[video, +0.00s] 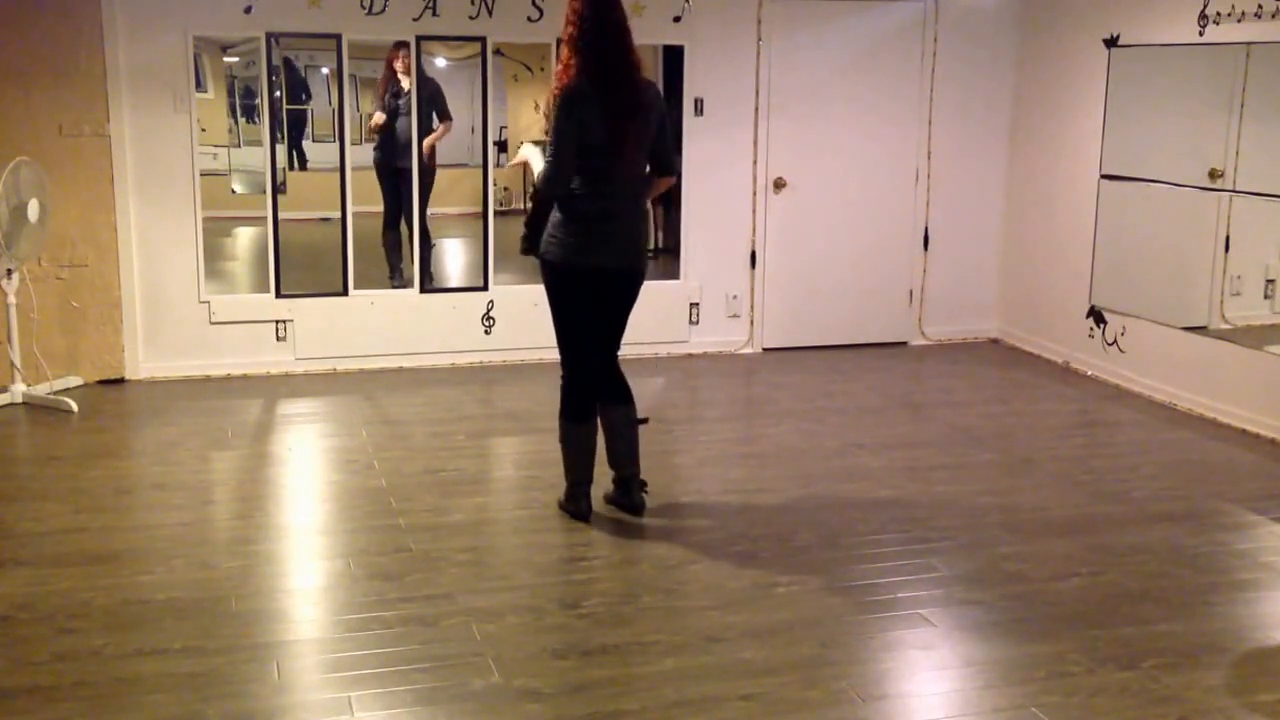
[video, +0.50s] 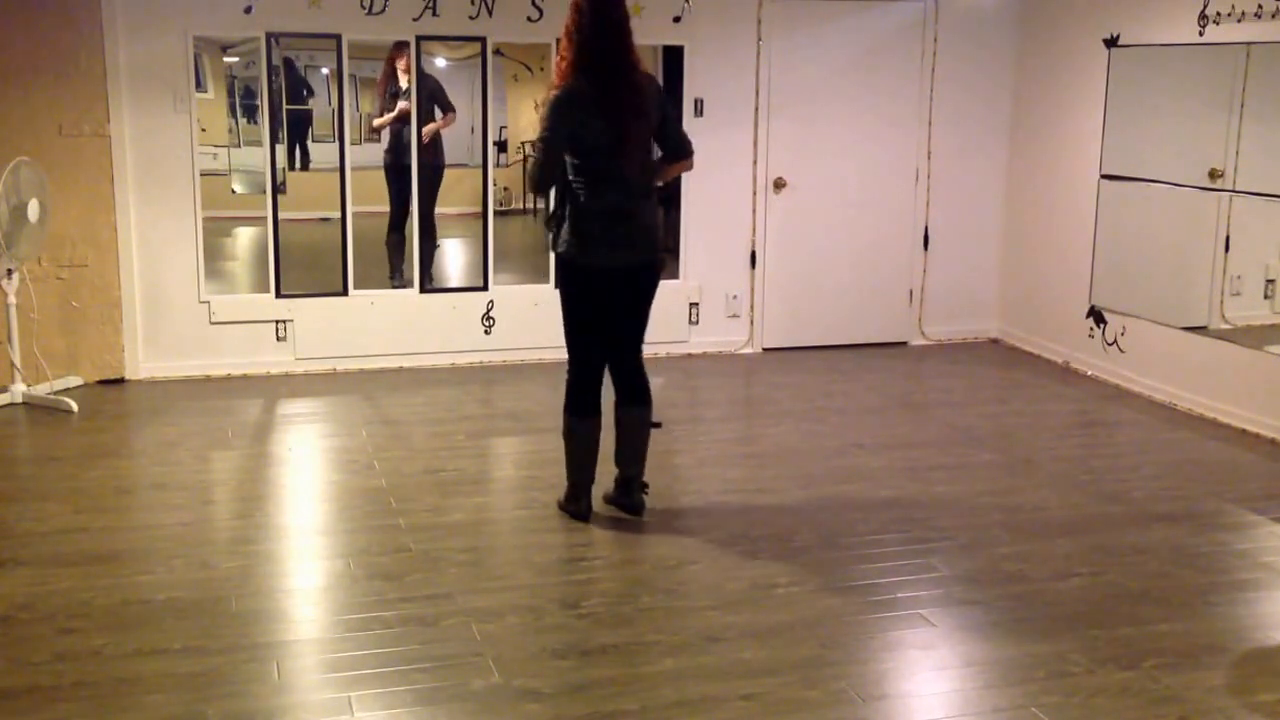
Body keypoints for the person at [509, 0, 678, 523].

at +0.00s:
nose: (563, 40)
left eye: (567, 33)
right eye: (568, 31)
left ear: (574, 39)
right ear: (623, 37)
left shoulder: (569, 97)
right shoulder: (648, 95)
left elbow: (556, 178)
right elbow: (669, 170)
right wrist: (635, 201)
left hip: (569, 249)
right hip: (627, 250)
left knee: (577, 365)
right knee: (606, 358)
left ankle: (578, 493)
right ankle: (629, 482)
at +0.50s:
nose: (561, 43)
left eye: (565, 34)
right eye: (565, 33)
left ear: (575, 40)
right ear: (624, 35)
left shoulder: (568, 98)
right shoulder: (649, 90)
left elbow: (540, 179)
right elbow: (681, 155)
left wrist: (546, 153)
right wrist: (643, 183)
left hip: (585, 253)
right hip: (641, 252)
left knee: (584, 366)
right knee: (628, 358)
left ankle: (579, 492)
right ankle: (631, 483)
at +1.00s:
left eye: (572, 26)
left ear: (571, 35)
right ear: (624, 34)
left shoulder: (554, 95)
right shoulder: (649, 93)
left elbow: (528, 169)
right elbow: (678, 172)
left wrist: (563, 151)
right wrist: (641, 156)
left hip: (583, 256)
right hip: (647, 254)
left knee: (581, 364)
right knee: (639, 362)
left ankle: (579, 492)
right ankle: (632, 486)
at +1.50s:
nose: (570, 32)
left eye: (574, 24)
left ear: (574, 33)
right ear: (625, 34)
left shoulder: (554, 90)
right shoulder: (644, 94)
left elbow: (528, 165)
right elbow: (669, 179)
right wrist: (667, 164)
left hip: (571, 253)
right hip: (634, 254)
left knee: (580, 362)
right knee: (633, 362)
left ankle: (579, 492)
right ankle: (633, 487)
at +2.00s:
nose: (566, 41)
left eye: (570, 32)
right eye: (571, 32)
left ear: (577, 39)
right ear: (626, 35)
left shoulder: (567, 94)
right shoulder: (653, 94)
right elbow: (695, 166)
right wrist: (656, 163)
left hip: (562, 254)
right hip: (626, 259)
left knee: (566, 365)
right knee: (612, 359)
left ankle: (578, 493)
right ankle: (631, 485)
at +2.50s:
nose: (567, 36)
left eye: (571, 27)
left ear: (576, 35)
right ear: (627, 32)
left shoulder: (562, 93)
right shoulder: (652, 86)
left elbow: (533, 163)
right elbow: (708, 145)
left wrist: (559, 133)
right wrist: (662, 167)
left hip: (586, 252)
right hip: (647, 251)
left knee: (583, 365)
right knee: (634, 358)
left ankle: (579, 492)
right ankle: (633, 485)